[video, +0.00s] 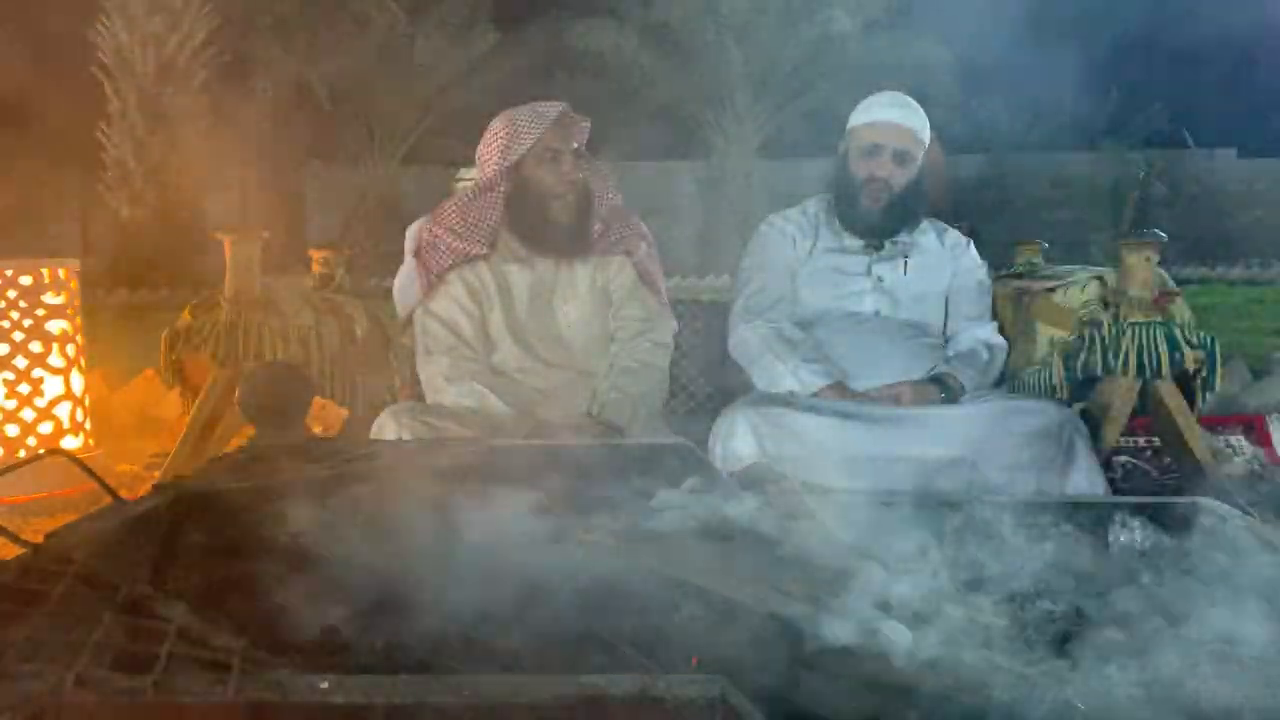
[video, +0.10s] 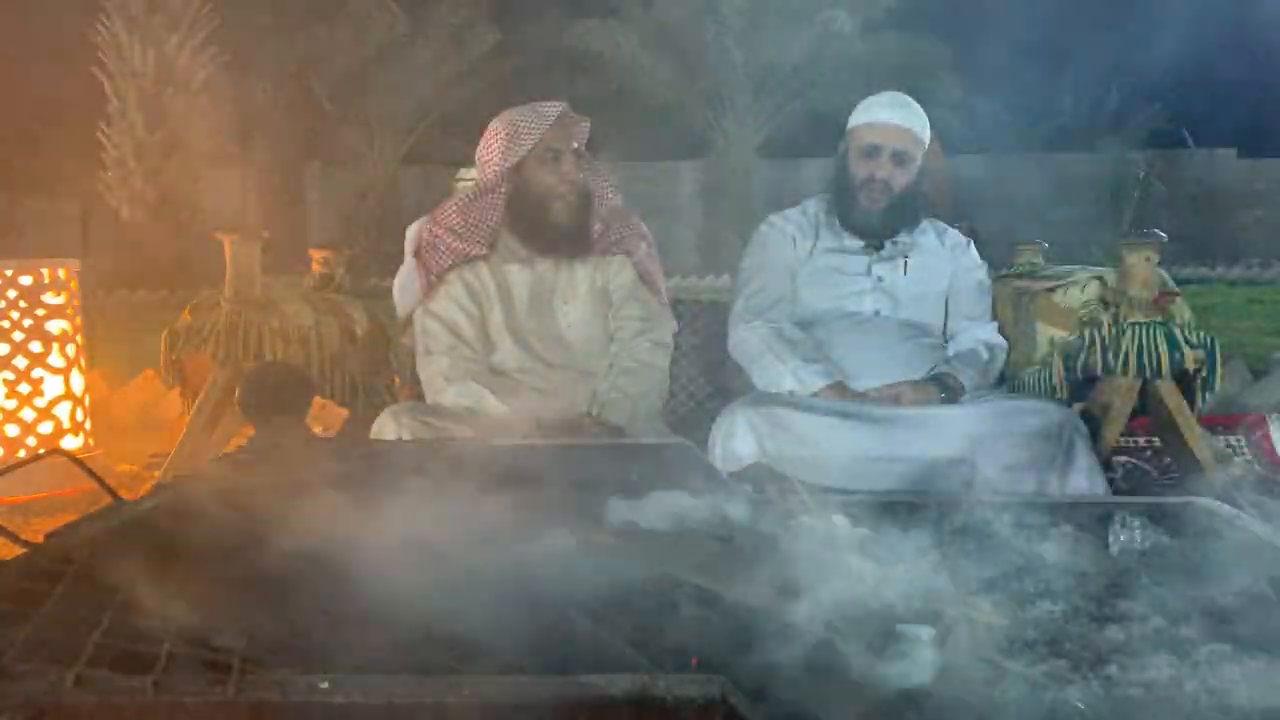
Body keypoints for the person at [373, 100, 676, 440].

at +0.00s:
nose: (574, 174)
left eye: (577, 158)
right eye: (551, 159)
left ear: (588, 166)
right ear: (509, 175)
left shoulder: (616, 263)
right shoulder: (461, 269)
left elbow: (644, 350)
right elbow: (448, 379)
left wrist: (607, 428)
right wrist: (525, 434)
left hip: (596, 435)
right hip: (497, 437)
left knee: (670, 453)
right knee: (397, 426)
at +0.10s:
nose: (574, 177)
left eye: (578, 160)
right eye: (552, 160)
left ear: (589, 169)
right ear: (508, 175)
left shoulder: (616, 268)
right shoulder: (460, 276)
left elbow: (644, 357)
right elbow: (447, 383)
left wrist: (604, 429)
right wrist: (524, 436)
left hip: (596, 440)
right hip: (496, 441)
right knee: (395, 426)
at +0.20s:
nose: (575, 176)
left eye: (578, 159)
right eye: (552, 160)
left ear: (587, 167)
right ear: (507, 174)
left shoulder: (614, 262)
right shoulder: (459, 266)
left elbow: (645, 351)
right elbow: (447, 378)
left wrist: (604, 427)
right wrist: (531, 431)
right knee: (397, 426)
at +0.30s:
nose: (575, 175)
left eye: (578, 158)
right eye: (552, 160)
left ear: (587, 165)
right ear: (509, 176)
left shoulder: (614, 257)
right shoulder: (460, 266)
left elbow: (645, 351)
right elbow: (447, 376)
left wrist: (600, 427)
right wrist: (516, 436)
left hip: (602, 437)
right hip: (499, 438)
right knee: (397, 426)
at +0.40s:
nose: (576, 175)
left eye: (579, 159)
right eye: (552, 161)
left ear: (589, 167)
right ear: (507, 178)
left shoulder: (614, 262)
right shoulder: (460, 269)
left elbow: (644, 357)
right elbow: (447, 378)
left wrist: (599, 426)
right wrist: (513, 437)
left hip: (590, 439)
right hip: (497, 436)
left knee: (625, 442)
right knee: (398, 425)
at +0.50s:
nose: (575, 174)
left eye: (578, 159)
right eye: (553, 161)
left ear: (589, 167)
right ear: (508, 177)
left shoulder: (615, 262)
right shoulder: (459, 268)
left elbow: (643, 362)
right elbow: (450, 382)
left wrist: (598, 434)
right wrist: (515, 440)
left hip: (596, 439)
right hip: (495, 440)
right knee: (396, 427)